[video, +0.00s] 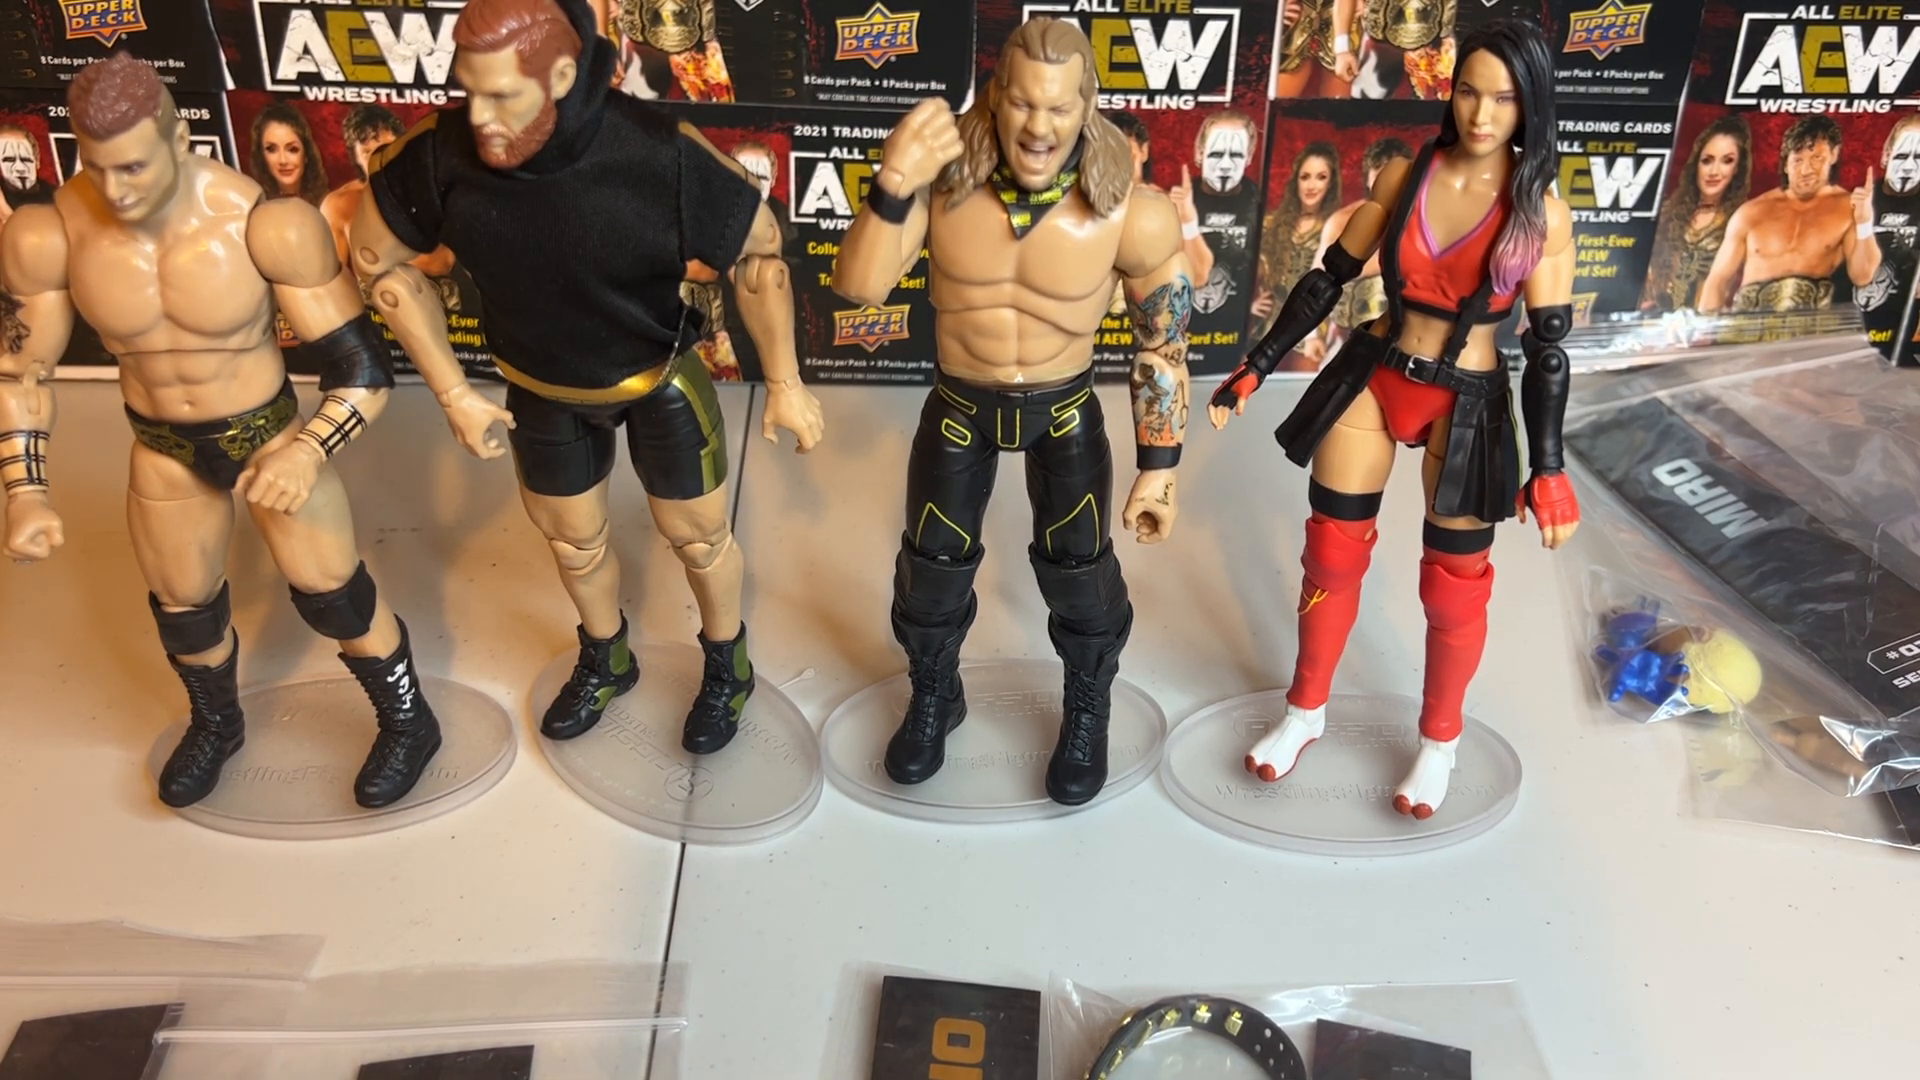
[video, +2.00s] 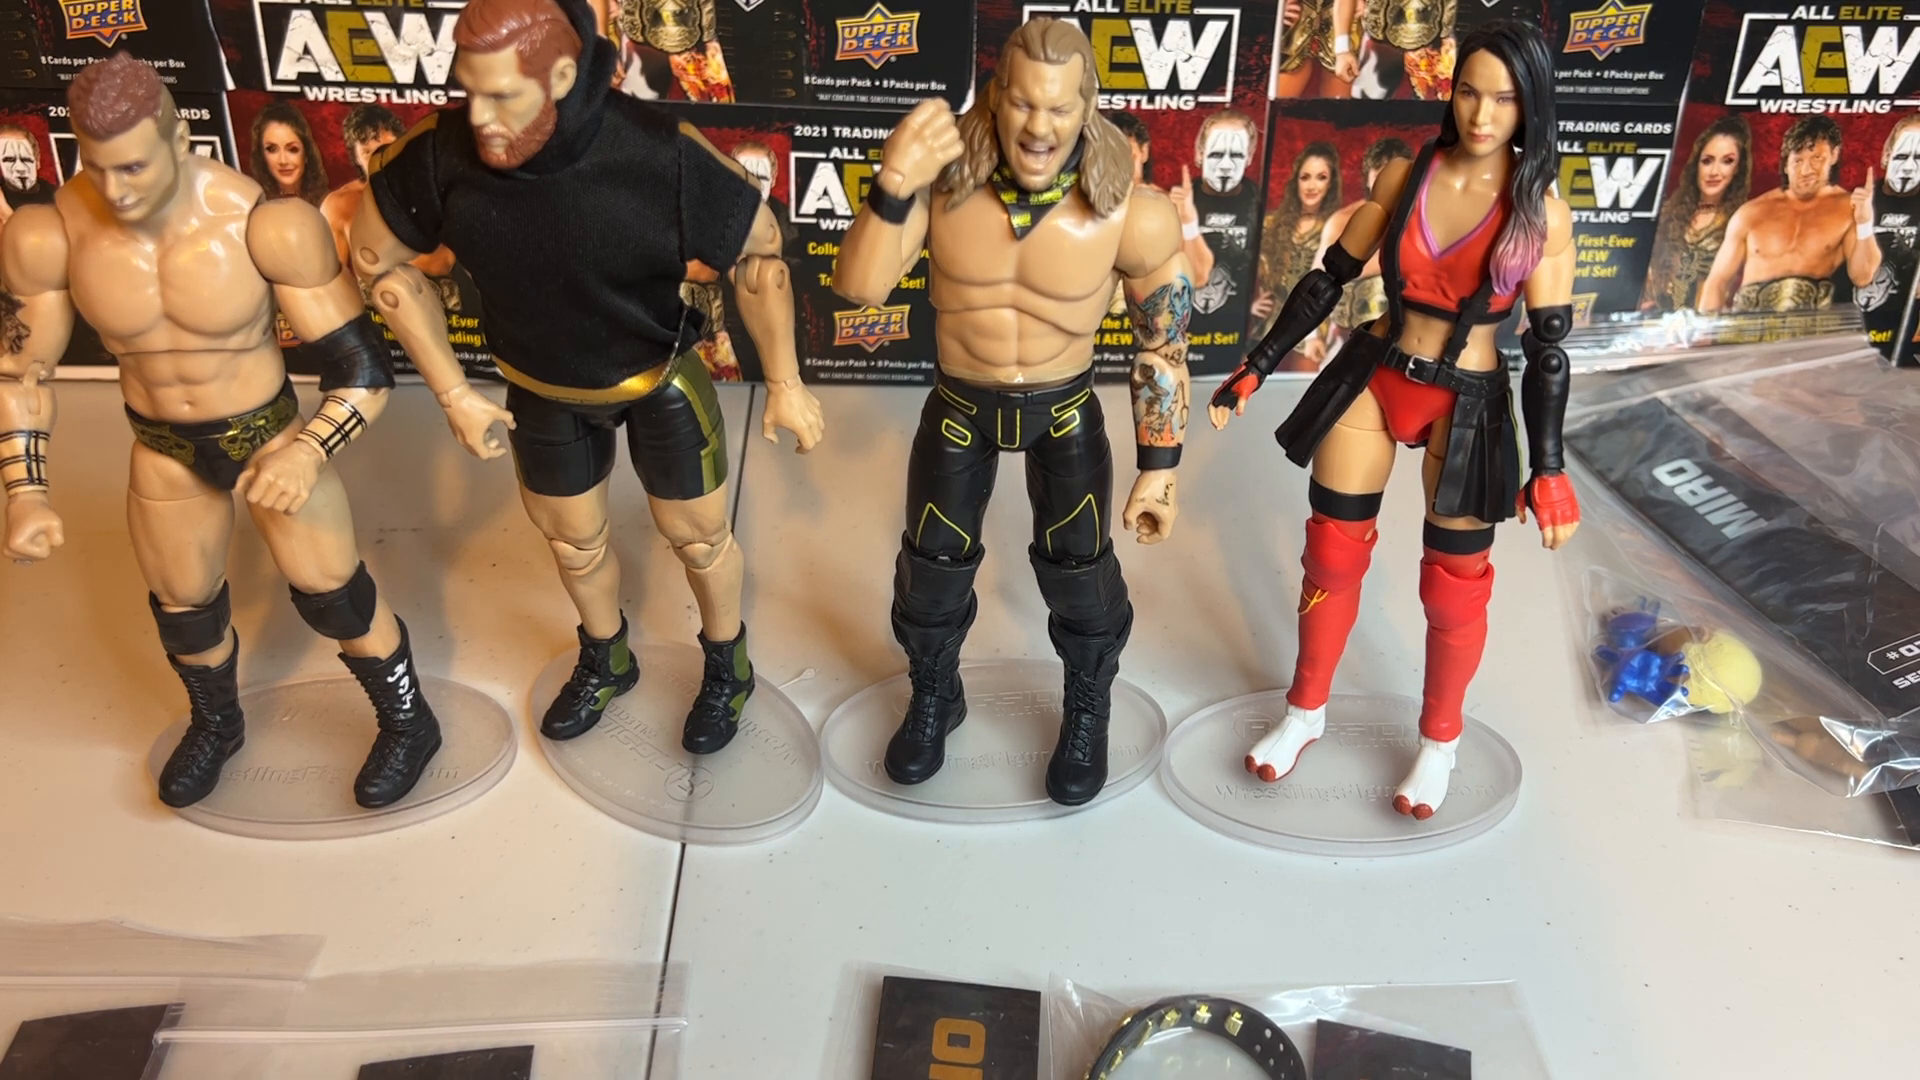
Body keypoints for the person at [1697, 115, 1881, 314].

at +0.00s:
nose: (1806, 169)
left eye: (1817, 158)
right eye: (1797, 160)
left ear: (1834, 156)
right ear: (1785, 163)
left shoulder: (1847, 206)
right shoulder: (1750, 212)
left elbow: (1861, 277)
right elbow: (1718, 281)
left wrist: (1864, 223)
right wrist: (1704, 335)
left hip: (1810, 315)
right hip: (1748, 312)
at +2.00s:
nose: (1806, 170)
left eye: (1817, 158)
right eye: (1797, 160)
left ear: (1834, 156)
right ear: (1785, 163)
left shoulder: (1848, 207)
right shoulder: (1750, 213)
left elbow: (1862, 277)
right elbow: (1718, 282)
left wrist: (1864, 224)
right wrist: (1704, 336)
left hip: (1810, 316)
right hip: (1749, 314)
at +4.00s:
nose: (1806, 169)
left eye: (1817, 158)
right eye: (1798, 160)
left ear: (1834, 156)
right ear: (1785, 163)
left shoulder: (1848, 207)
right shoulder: (1751, 212)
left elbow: (1862, 277)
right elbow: (1718, 281)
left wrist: (1864, 223)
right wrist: (1704, 335)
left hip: (1810, 315)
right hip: (1749, 312)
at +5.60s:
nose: (1806, 169)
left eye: (1817, 158)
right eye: (1797, 160)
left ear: (1834, 155)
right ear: (1785, 162)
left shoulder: (1848, 206)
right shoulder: (1750, 212)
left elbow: (1862, 277)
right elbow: (1718, 281)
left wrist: (1864, 223)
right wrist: (1705, 334)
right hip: (1748, 311)